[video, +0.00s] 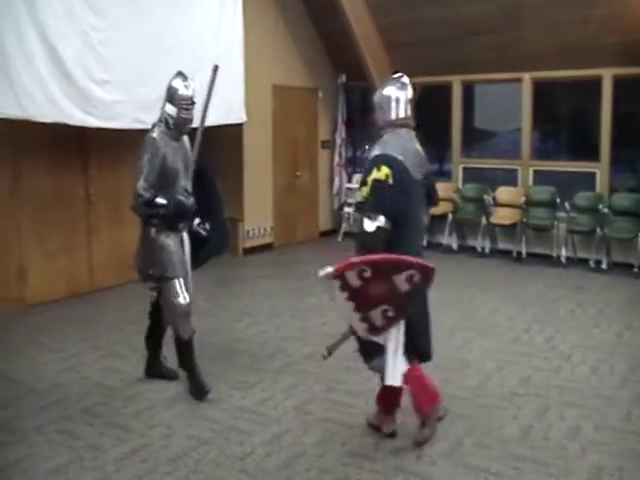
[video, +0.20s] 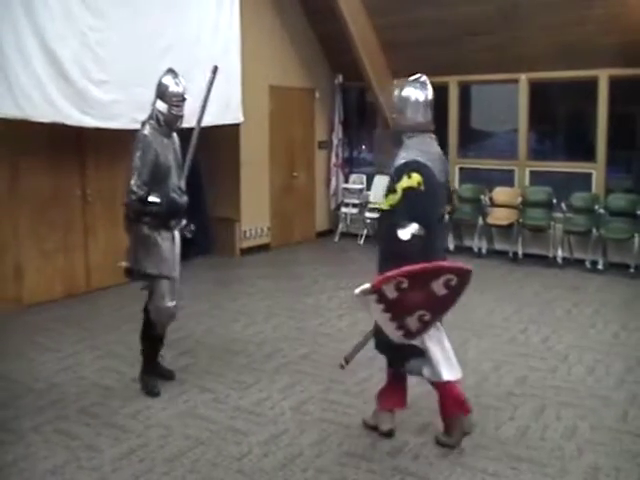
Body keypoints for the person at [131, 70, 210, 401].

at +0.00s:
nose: (188, 111)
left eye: (191, 105)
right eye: (182, 104)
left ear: (194, 106)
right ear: (168, 105)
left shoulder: (183, 140)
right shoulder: (156, 142)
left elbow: (182, 190)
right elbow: (140, 199)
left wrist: (195, 218)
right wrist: (180, 211)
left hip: (179, 228)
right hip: (161, 231)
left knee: (165, 298)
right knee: (180, 303)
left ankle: (154, 361)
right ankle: (193, 376)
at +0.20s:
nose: (179, 108)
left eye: (182, 102)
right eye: (173, 102)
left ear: (184, 103)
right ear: (159, 102)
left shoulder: (172, 137)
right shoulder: (148, 138)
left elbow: (172, 188)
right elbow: (135, 197)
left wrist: (182, 218)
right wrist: (172, 207)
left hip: (170, 227)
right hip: (152, 228)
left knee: (164, 300)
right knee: (162, 303)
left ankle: (153, 360)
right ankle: (148, 368)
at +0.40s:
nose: (174, 106)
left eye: (177, 100)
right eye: (168, 100)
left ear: (180, 101)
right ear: (153, 100)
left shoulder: (169, 136)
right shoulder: (143, 137)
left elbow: (171, 183)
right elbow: (133, 194)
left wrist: (179, 197)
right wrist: (170, 200)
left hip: (169, 227)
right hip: (148, 229)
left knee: (164, 300)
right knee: (149, 300)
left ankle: (151, 358)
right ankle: (140, 367)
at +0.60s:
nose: (173, 107)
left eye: (177, 101)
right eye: (167, 101)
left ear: (181, 103)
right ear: (153, 101)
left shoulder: (171, 139)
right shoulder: (142, 140)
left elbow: (170, 183)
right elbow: (129, 196)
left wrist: (176, 196)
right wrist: (166, 201)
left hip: (172, 230)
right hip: (146, 232)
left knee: (185, 296)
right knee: (144, 303)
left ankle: (161, 348)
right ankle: (138, 369)